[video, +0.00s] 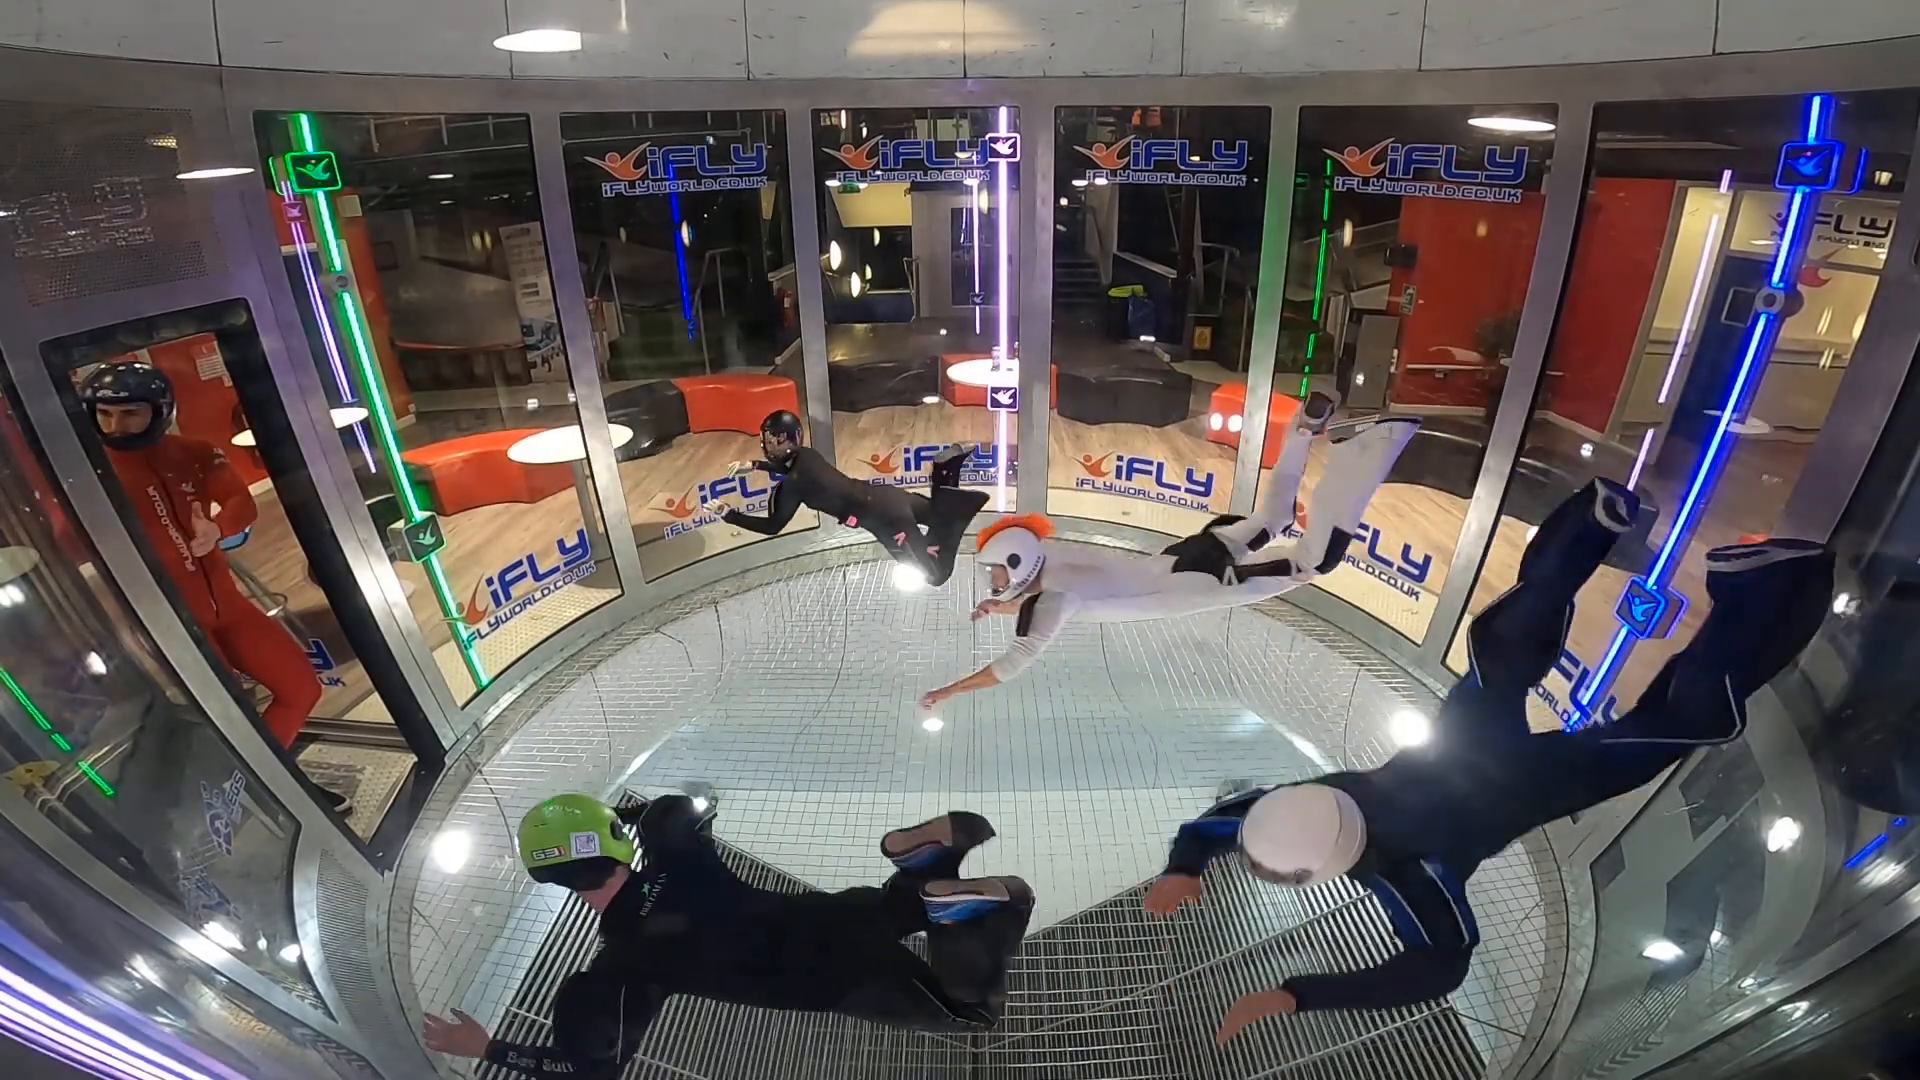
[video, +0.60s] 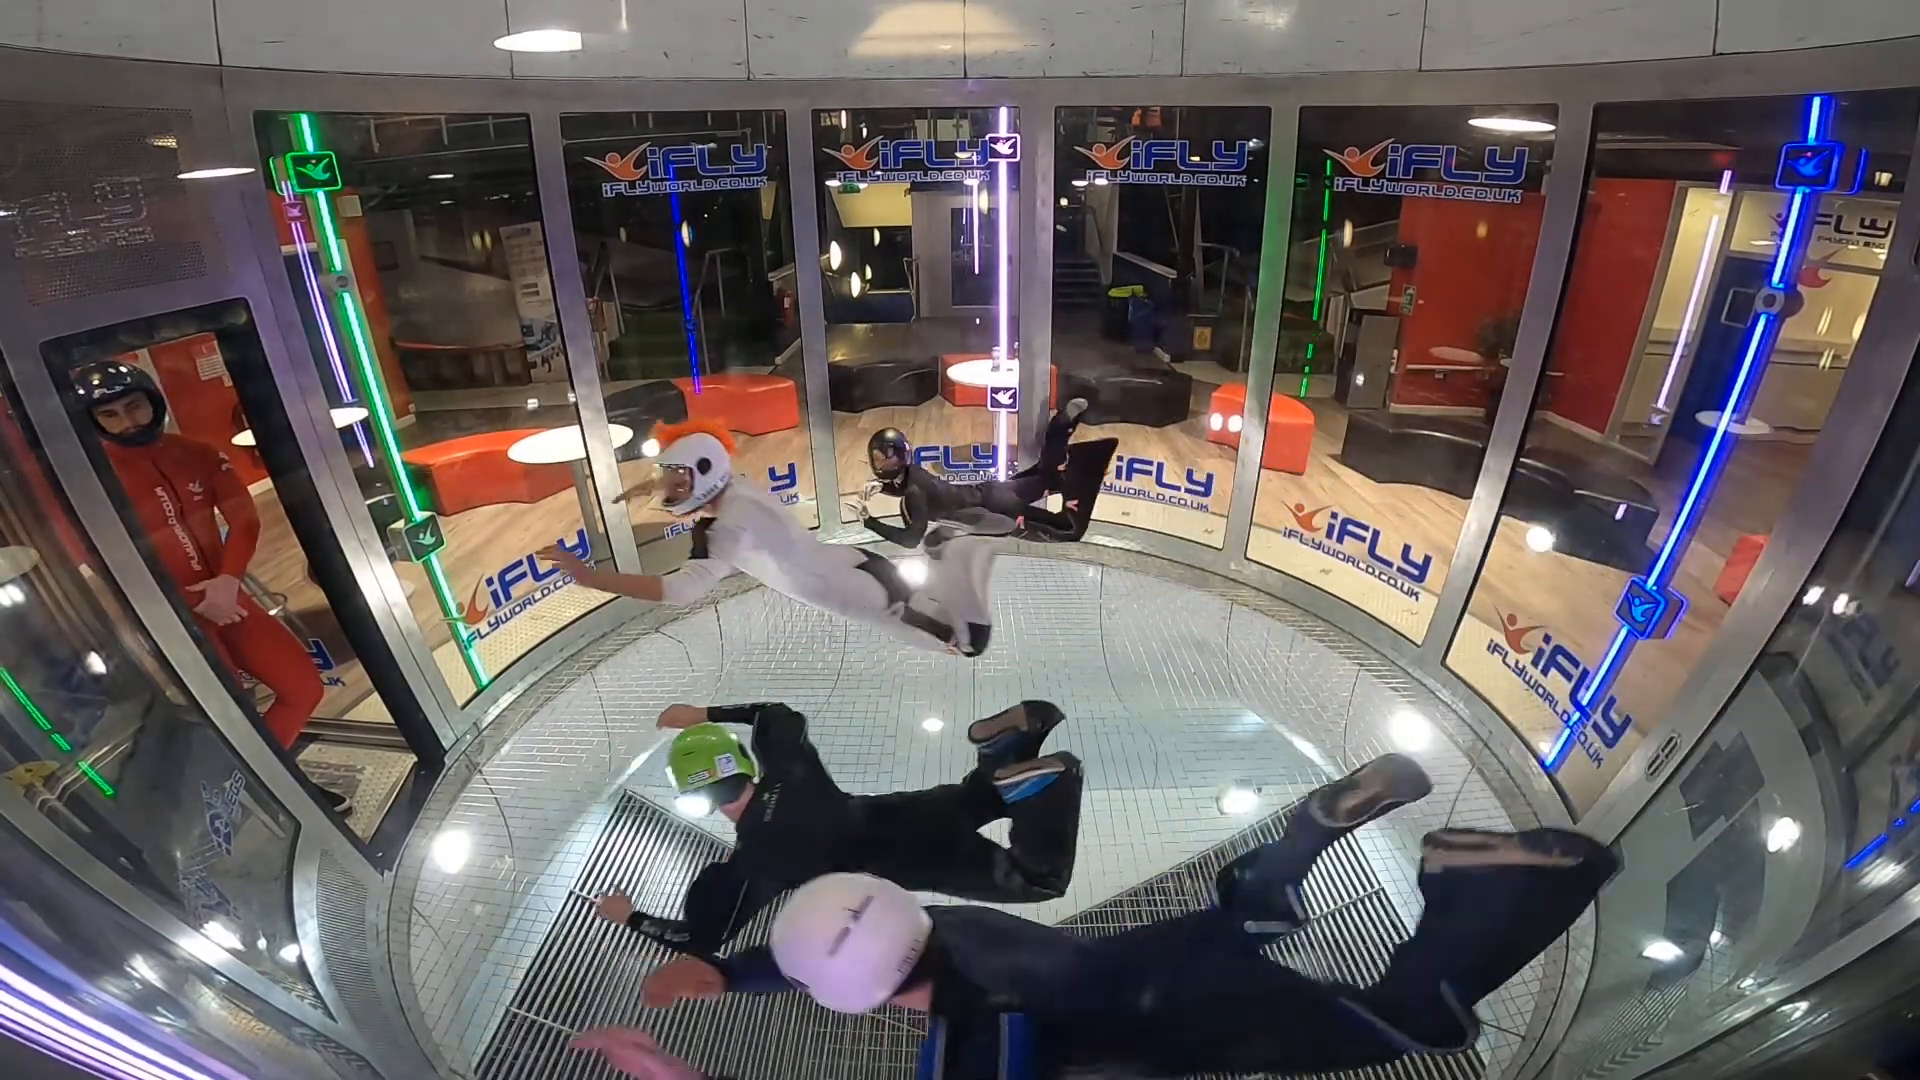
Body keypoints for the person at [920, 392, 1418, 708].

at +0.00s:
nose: (996, 581)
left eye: (1000, 571)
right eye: (993, 572)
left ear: (1023, 563)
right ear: (1023, 555)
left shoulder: (1055, 595)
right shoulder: (1049, 554)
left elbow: (1014, 662)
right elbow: (1032, 592)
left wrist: (949, 692)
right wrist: (1001, 607)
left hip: (1206, 579)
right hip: (1191, 552)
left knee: (1323, 557)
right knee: (1269, 517)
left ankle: (1351, 452)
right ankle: (1307, 429)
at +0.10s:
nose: (956, 571)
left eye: (962, 561)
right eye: (953, 562)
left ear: (984, 552)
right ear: (969, 552)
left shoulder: (1010, 587)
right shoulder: (1000, 554)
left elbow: (967, 656)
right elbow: (973, 583)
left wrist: (898, 674)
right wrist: (947, 598)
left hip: (1150, 590)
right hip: (1143, 561)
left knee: (1277, 576)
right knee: (1236, 545)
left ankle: (1334, 481)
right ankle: (1269, 460)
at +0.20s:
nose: (903, 561)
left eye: (911, 549)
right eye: (900, 552)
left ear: (936, 542)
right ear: (915, 546)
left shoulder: (965, 576)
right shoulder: (952, 558)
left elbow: (909, 645)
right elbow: (916, 618)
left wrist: (835, 646)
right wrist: (894, 601)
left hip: (1109, 591)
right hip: (1094, 574)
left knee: (1225, 594)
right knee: (1189, 574)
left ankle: (1265, 497)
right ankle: (1233, 489)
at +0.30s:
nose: (844, 548)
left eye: (850, 536)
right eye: (839, 538)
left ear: (877, 528)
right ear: (872, 526)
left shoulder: (906, 566)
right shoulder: (903, 543)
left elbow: (849, 629)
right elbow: (857, 552)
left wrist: (772, 621)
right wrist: (833, 570)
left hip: (1049, 590)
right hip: (1036, 581)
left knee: (1168, 608)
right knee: (1149, 598)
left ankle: (1184, 520)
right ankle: (1178, 523)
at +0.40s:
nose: (779, 525)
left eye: (786, 515)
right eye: (778, 515)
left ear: (814, 512)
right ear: (820, 506)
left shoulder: (843, 554)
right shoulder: (845, 522)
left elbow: (792, 613)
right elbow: (806, 519)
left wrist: (712, 607)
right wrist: (769, 534)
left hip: (977, 596)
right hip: (969, 582)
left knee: (1099, 626)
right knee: (1063, 610)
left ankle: (1111, 532)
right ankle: (1110, 537)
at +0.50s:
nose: (719, 501)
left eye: (728, 492)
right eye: (719, 491)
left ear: (758, 495)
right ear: (755, 491)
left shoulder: (786, 539)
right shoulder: (783, 508)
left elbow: (724, 602)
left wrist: (636, 589)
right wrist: (702, 510)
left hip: (921, 593)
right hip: (912, 579)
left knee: (1035, 635)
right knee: (1013, 626)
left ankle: (1031, 540)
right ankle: (1023, 541)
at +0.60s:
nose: (667, 486)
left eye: (674, 477)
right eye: (667, 475)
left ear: (704, 477)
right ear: (704, 471)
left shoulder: (726, 529)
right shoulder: (734, 490)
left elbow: (678, 591)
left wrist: (590, 577)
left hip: (849, 588)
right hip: (850, 560)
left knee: (968, 638)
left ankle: (969, 553)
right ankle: (964, 547)